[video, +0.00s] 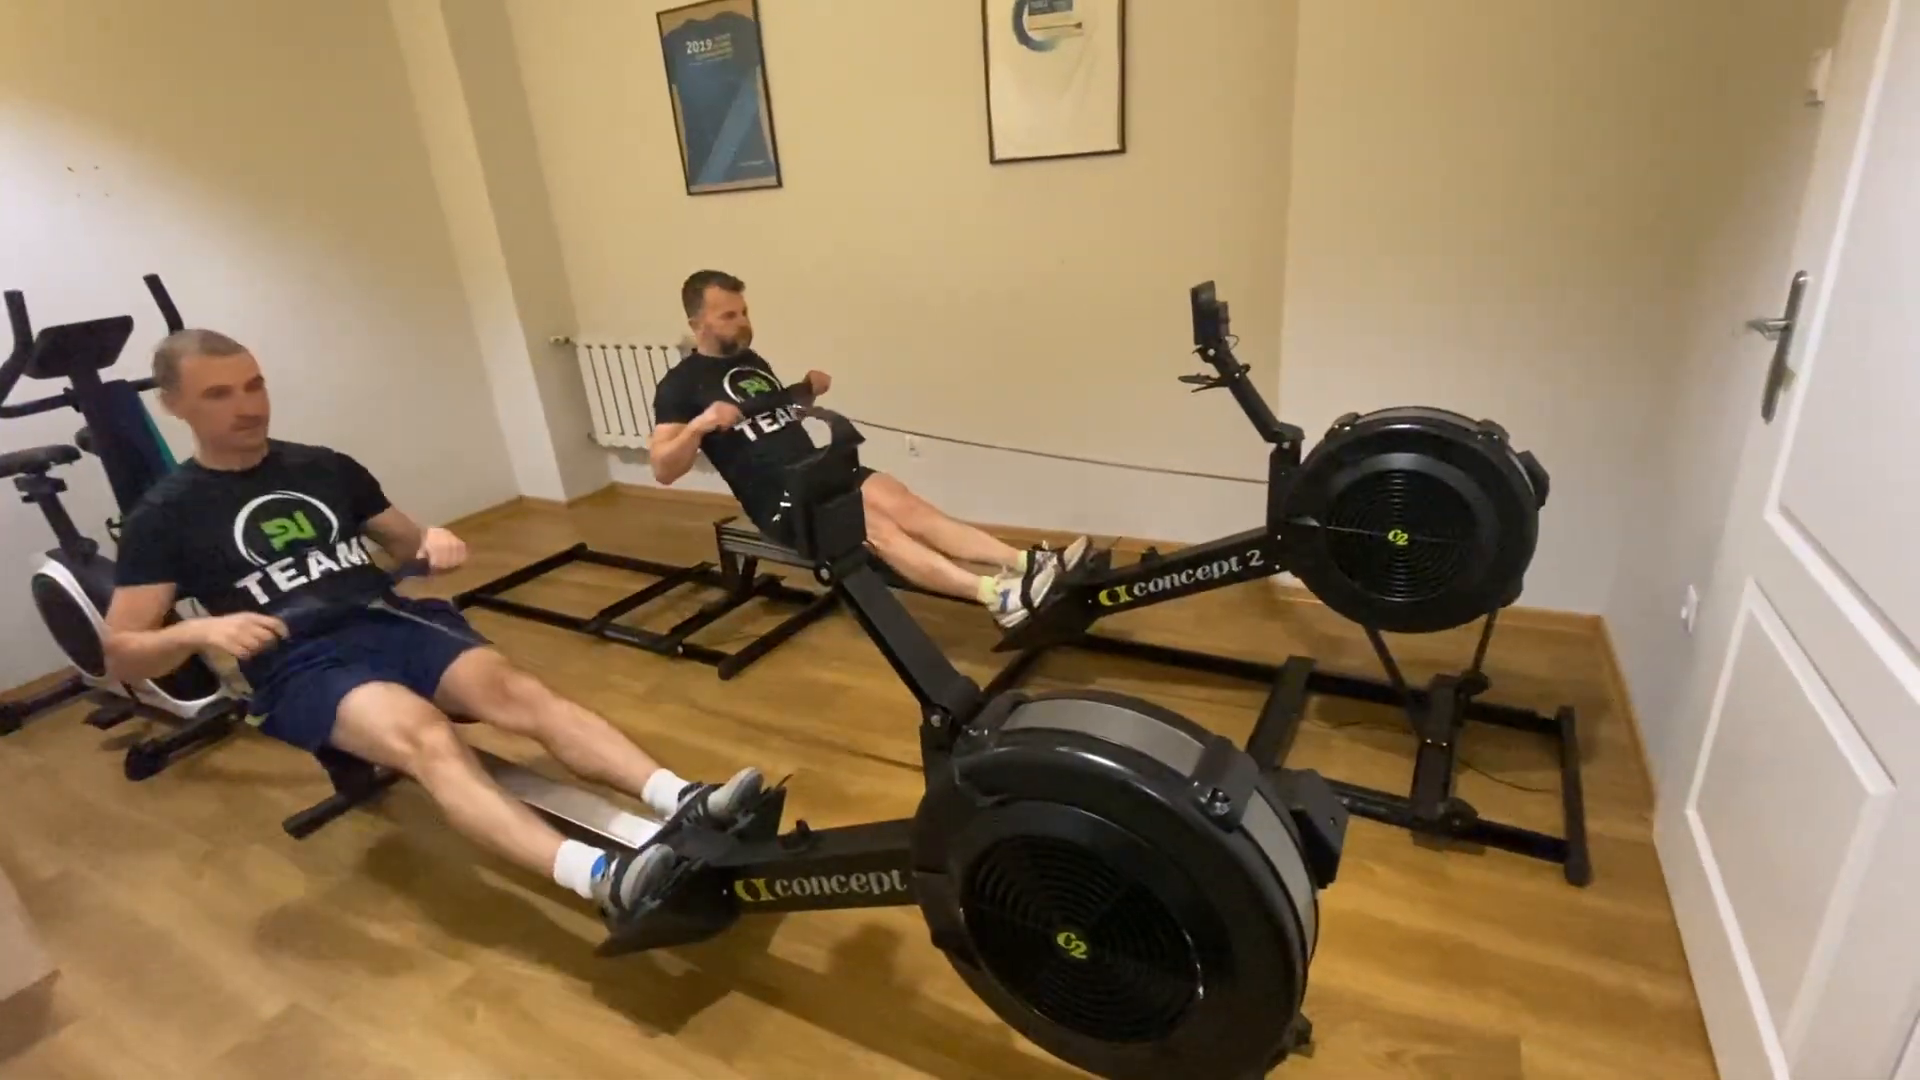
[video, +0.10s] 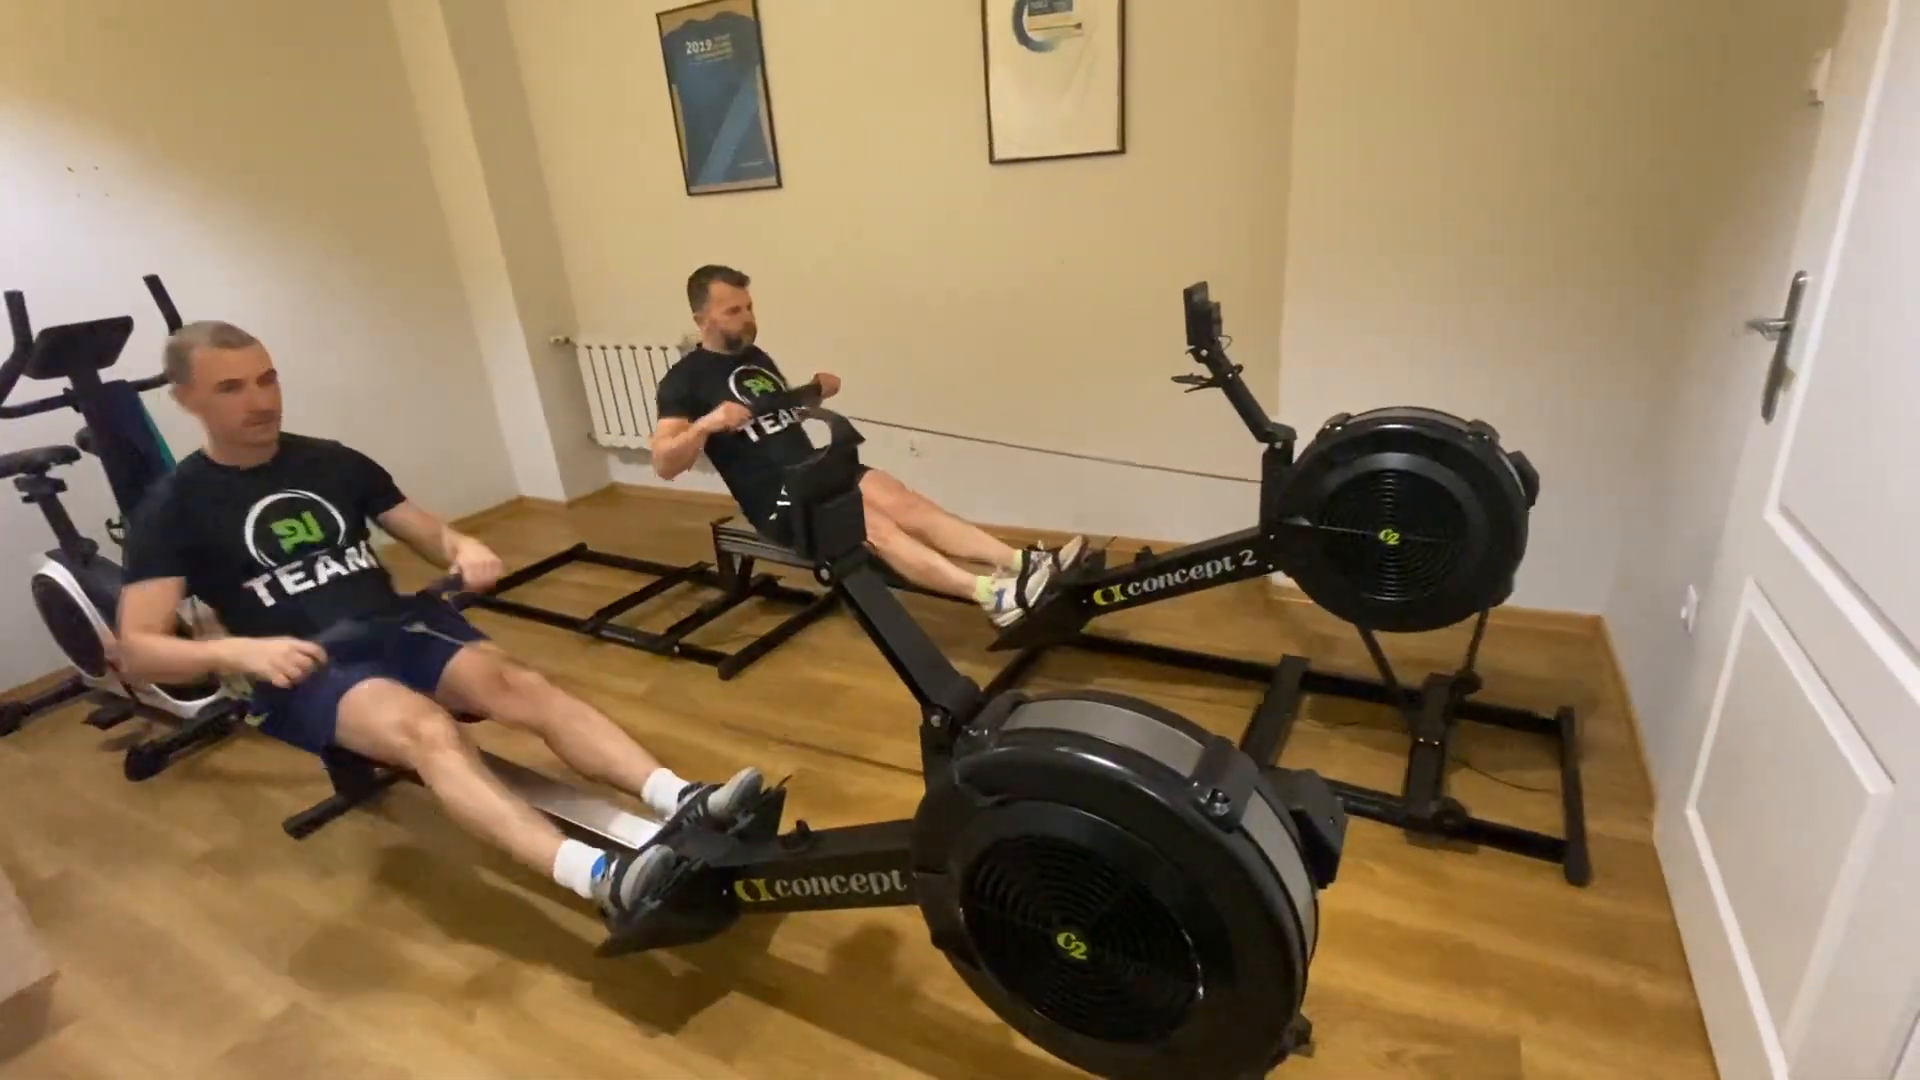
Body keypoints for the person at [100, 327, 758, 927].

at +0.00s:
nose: (247, 408)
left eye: (253, 387)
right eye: (220, 398)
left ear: (265, 382)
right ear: (177, 414)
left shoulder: (321, 467)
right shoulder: (164, 516)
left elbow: (409, 541)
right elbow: (122, 649)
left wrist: (432, 542)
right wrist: (198, 631)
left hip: (385, 619)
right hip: (296, 661)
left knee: (513, 688)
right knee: (426, 737)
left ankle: (686, 802)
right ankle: (607, 880)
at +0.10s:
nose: (258, 401)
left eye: (264, 381)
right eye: (231, 391)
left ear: (277, 377)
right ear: (188, 405)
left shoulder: (328, 462)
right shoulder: (173, 510)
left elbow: (436, 538)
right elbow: (136, 648)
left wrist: (471, 555)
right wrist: (239, 652)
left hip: (393, 630)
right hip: (303, 669)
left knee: (518, 683)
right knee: (428, 731)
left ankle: (684, 802)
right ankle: (604, 881)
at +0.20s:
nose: (280, 398)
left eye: (286, 377)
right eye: (253, 386)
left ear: (298, 371)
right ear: (206, 399)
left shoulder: (345, 458)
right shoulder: (186, 505)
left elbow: (455, 533)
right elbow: (168, 647)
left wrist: (502, 558)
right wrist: (284, 672)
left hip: (404, 633)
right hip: (310, 672)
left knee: (526, 674)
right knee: (429, 718)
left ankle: (683, 804)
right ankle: (599, 880)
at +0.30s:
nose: (299, 399)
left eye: (305, 377)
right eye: (271, 385)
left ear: (316, 373)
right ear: (220, 396)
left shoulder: (359, 458)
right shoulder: (202, 502)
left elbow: (468, 527)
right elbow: (196, 646)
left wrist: (530, 562)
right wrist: (318, 684)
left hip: (410, 634)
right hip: (315, 670)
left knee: (527, 660)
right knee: (429, 709)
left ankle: (683, 804)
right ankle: (598, 878)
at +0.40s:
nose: (327, 401)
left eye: (331, 379)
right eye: (298, 386)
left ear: (342, 376)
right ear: (244, 398)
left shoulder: (379, 457)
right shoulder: (224, 505)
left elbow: (496, 526)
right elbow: (229, 645)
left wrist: (564, 568)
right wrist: (345, 693)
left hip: (421, 624)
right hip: (332, 666)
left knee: (544, 641)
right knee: (432, 713)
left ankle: (682, 804)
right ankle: (599, 876)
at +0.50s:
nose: (364, 406)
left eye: (369, 384)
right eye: (336, 392)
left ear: (378, 381)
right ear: (280, 405)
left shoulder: (412, 462)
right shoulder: (253, 508)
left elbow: (531, 527)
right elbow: (269, 651)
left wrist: (611, 584)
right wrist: (406, 719)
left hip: (437, 634)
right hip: (342, 671)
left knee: (553, 626)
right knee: (434, 682)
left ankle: (683, 804)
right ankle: (599, 876)